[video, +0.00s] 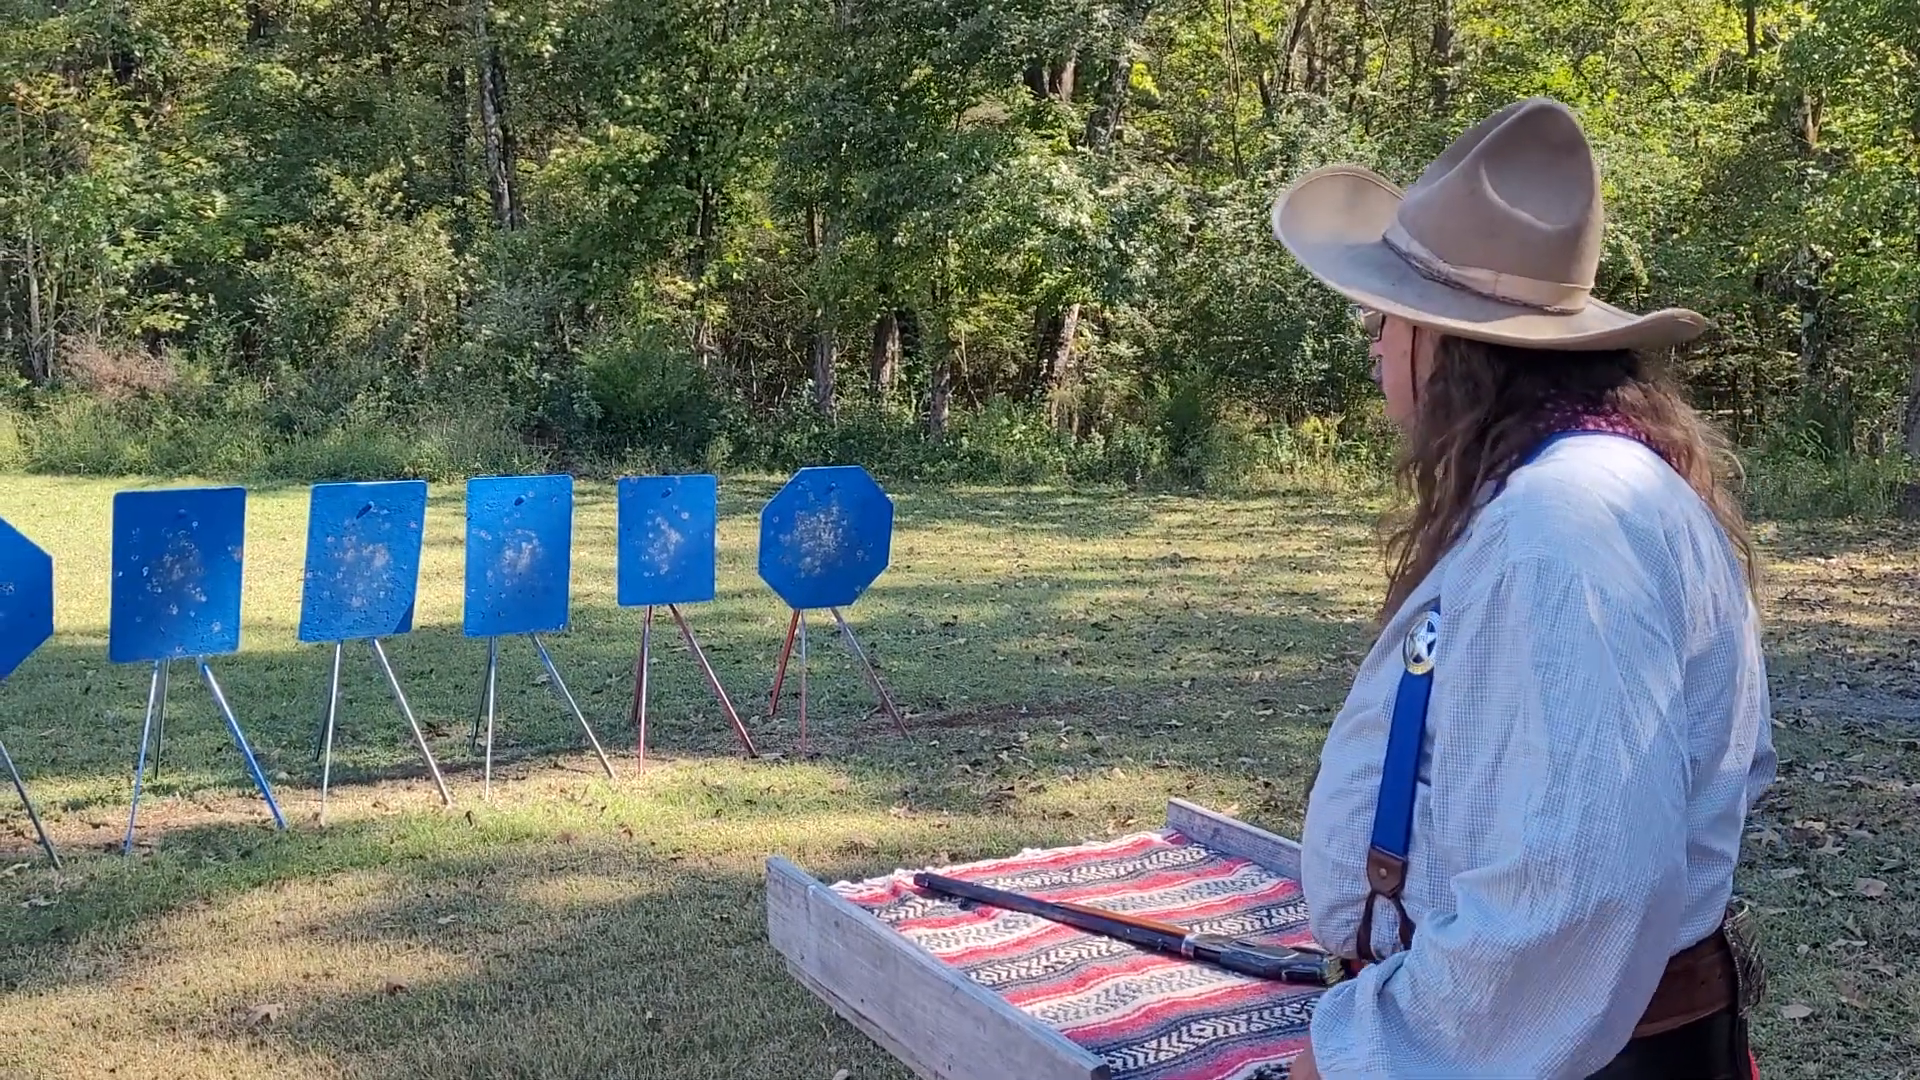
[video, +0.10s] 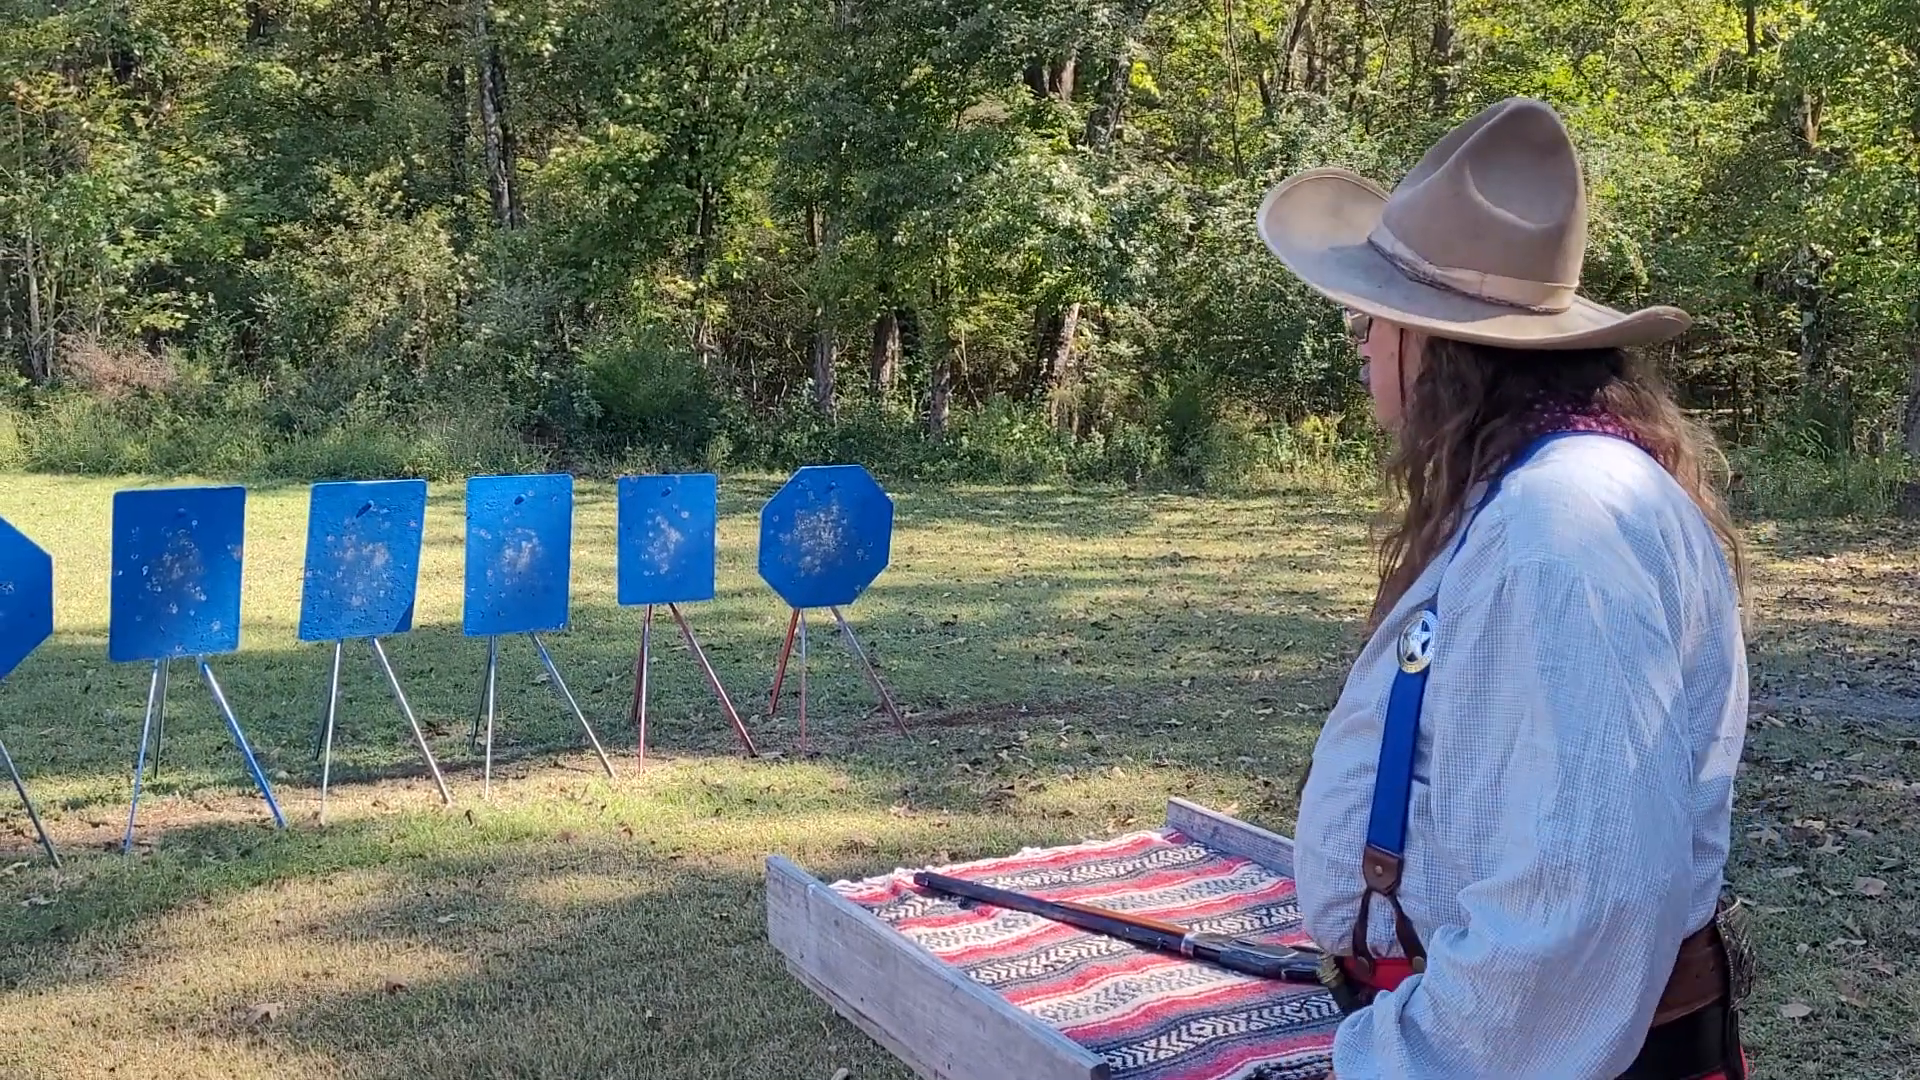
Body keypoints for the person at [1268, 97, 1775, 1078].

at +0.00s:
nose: (1370, 344)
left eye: (1384, 319)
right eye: (1376, 319)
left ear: (1450, 344)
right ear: (1536, 337)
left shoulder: (1567, 517)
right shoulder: (1609, 484)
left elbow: (1570, 893)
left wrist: (1353, 1043)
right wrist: (1396, 933)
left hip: (1585, 1040)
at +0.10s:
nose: (1358, 347)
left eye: (1373, 323)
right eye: (1364, 322)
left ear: (1444, 347)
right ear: (1502, 339)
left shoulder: (1567, 520)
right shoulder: (1529, 491)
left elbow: (1583, 902)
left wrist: (1372, 1051)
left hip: (1573, 1040)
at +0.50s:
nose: (1353, 338)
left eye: (1363, 312)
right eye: (1357, 312)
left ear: (1426, 333)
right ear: (1508, 331)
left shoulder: (1553, 523)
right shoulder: (1511, 477)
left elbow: (1568, 943)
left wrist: (1427, 1065)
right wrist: (1366, 628)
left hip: (1466, 1029)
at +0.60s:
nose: (1358, 336)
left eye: (1373, 308)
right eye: (1363, 308)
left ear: (1442, 328)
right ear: (1489, 327)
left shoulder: (1562, 524)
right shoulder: (1515, 480)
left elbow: (1553, 940)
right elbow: (1454, 648)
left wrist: (1423, 1065)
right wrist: (1276, 607)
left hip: (1482, 1033)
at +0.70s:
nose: (1364, 332)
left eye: (1377, 302)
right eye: (1370, 302)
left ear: (1436, 321)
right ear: (1444, 322)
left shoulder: (1572, 520)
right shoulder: (1502, 479)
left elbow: (1559, 941)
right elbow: (1377, 609)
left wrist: (1408, 1064)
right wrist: (1185, 566)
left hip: (1467, 1031)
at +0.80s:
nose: (1361, 331)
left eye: (1377, 304)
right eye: (1367, 304)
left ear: (1448, 323)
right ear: (1477, 326)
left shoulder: (1582, 513)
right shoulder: (1477, 477)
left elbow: (1573, 927)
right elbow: (1323, 564)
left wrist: (1425, 1067)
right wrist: (1129, 525)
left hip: (1478, 1027)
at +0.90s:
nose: (1355, 330)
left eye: (1369, 303)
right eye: (1360, 304)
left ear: (1433, 324)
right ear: (1467, 326)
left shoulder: (1584, 510)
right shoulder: (1441, 479)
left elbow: (1592, 910)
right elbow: (1272, 537)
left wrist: (1459, 1066)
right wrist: (1090, 492)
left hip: (1478, 1029)